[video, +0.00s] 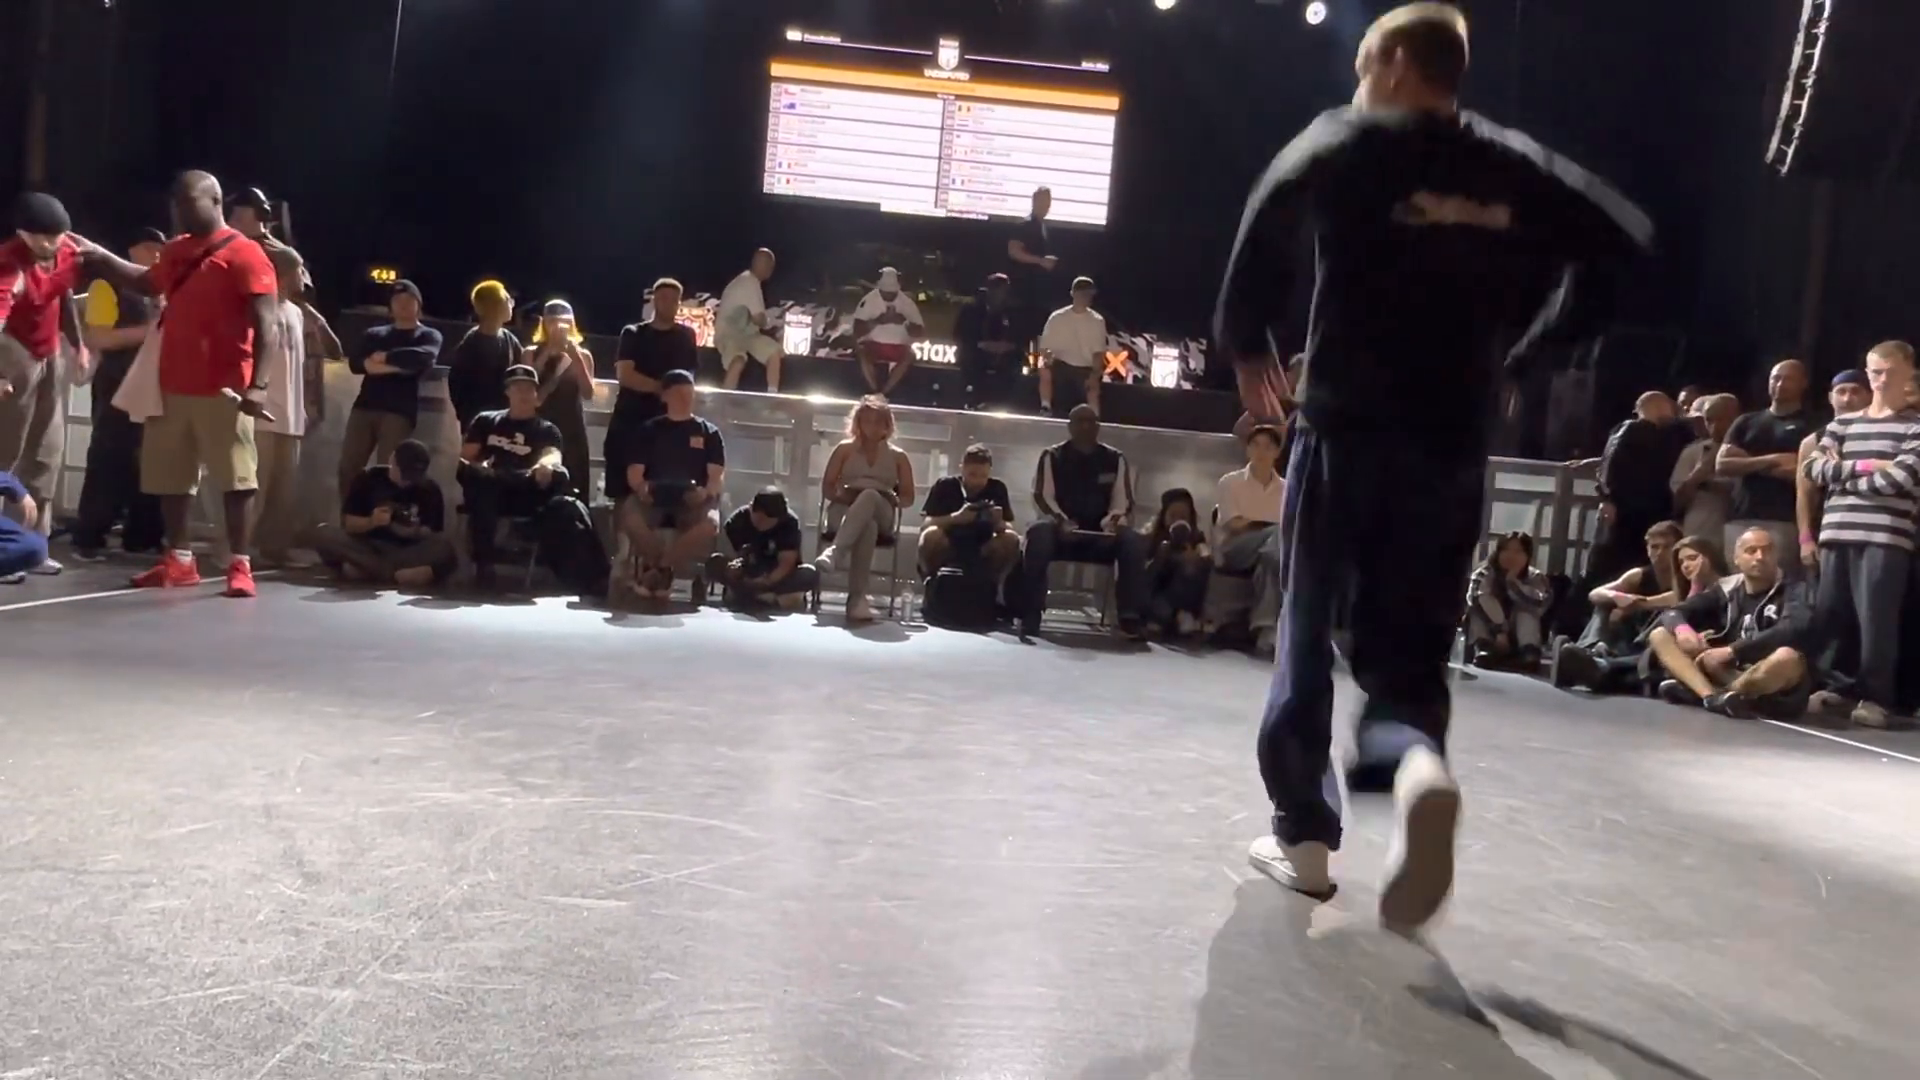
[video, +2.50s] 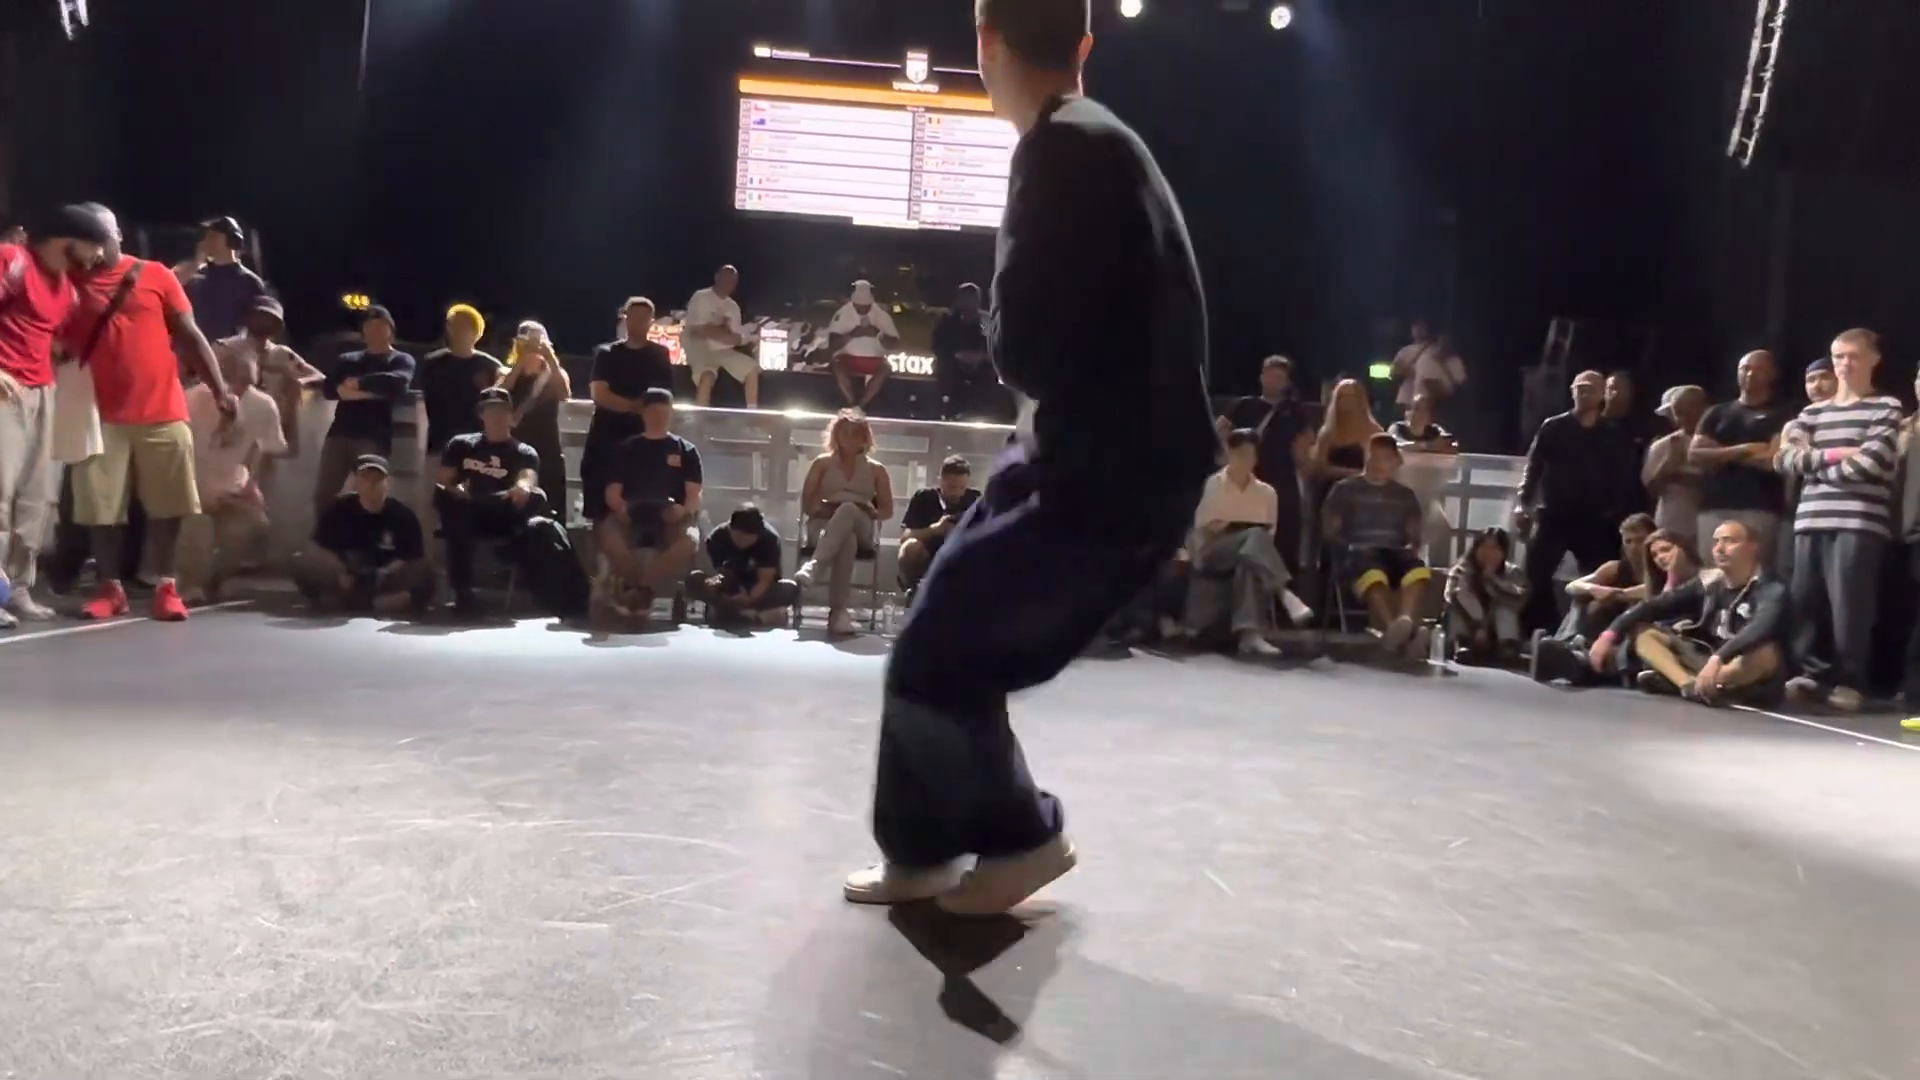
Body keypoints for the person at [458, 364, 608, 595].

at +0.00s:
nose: (525, 394)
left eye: (529, 389)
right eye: (519, 389)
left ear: (537, 394)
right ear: (507, 392)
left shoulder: (547, 429)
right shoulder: (486, 421)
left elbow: (552, 454)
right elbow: (464, 460)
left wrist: (546, 464)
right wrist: (480, 468)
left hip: (530, 490)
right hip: (493, 487)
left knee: (568, 507)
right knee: (478, 483)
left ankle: (594, 582)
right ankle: (484, 567)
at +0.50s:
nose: (524, 394)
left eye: (529, 389)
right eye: (519, 388)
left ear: (537, 394)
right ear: (508, 391)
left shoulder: (548, 430)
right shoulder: (486, 421)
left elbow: (552, 456)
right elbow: (466, 460)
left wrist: (546, 465)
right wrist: (486, 471)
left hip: (529, 488)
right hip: (493, 486)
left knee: (557, 478)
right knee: (480, 487)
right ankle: (484, 566)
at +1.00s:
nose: (523, 394)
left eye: (528, 389)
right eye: (518, 388)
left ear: (537, 395)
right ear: (507, 391)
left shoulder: (548, 430)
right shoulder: (486, 421)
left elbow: (553, 458)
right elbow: (466, 461)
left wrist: (548, 467)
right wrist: (488, 471)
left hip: (530, 490)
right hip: (493, 487)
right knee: (482, 492)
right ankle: (485, 568)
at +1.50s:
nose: (520, 400)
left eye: (525, 395)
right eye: (515, 394)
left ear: (534, 400)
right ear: (504, 398)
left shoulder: (546, 436)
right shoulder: (483, 427)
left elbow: (548, 467)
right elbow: (462, 467)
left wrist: (545, 473)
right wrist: (478, 475)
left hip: (527, 494)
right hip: (491, 493)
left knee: (556, 484)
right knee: (477, 494)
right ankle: (481, 575)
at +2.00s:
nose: (511, 406)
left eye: (516, 401)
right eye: (505, 401)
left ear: (524, 407)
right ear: (495, 405)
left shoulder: (537, 443)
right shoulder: (474, 434)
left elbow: (540, 469)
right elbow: (455, 476)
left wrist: (536, 479)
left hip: (519, 499)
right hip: (483, 499)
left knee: (547, 491)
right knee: (466, 497)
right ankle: (473, 582)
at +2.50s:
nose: (497, 416)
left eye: (501, 411)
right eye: (491, 410)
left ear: (511, 416)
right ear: (481, 415)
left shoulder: (525, 453)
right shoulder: (460, 445)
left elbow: (526, 483)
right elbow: (442, 484)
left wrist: (521, 488)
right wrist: (457, 492)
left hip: (505, 506)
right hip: (471, 505)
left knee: (535, 498)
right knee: (454, 512)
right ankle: (463, 593)